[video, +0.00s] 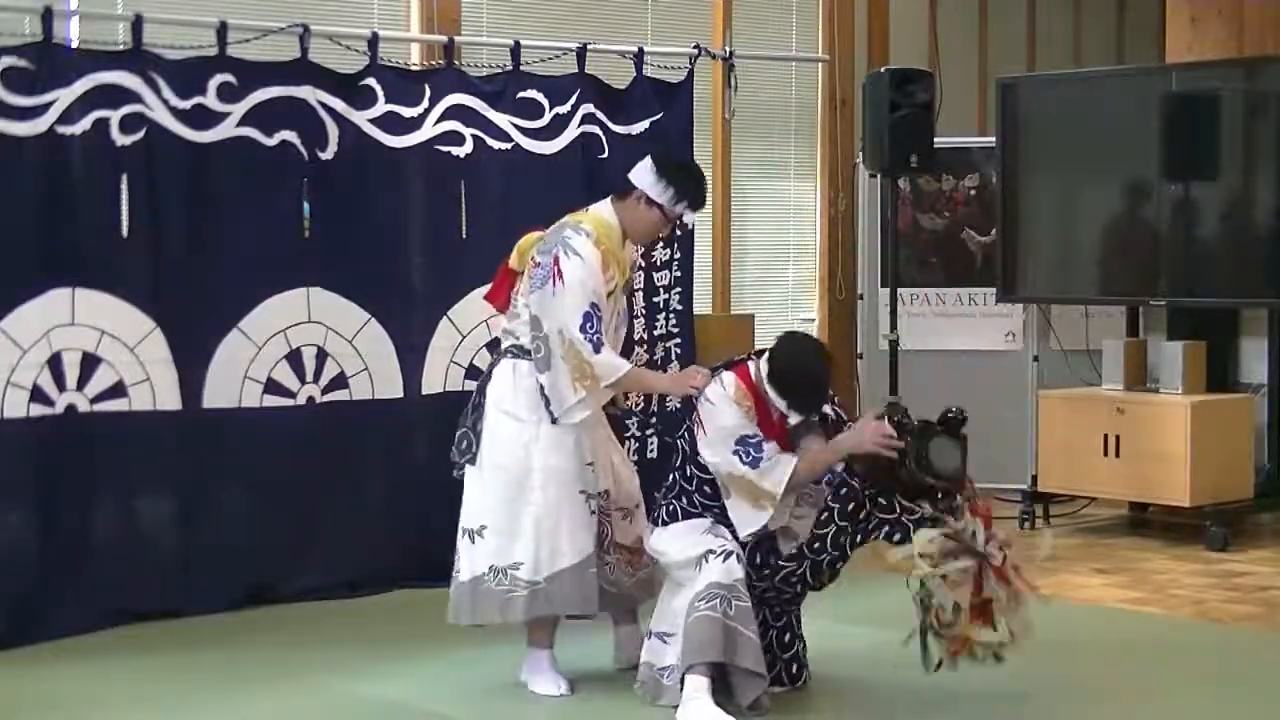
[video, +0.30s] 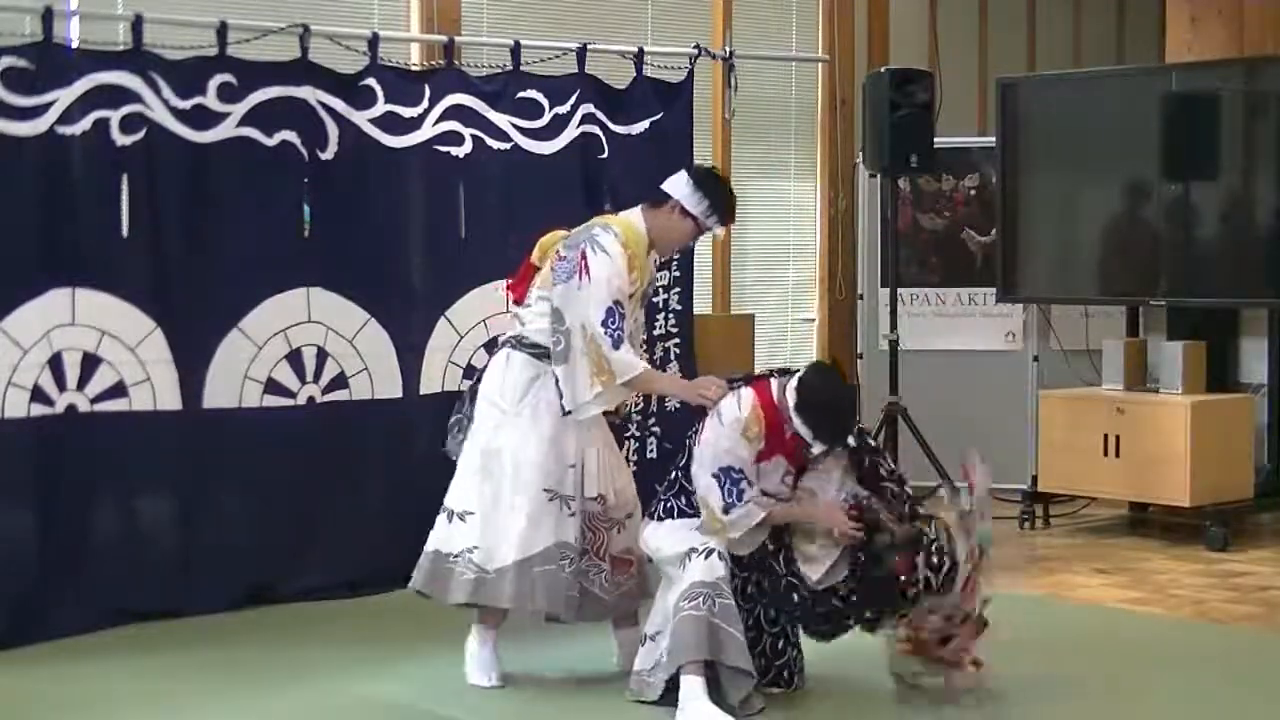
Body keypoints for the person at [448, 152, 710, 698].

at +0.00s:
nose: (666, 235)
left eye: (673, 226)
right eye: (668, 222)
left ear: (642, 202)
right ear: (642, 200)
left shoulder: (614, 249)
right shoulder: (577, 246)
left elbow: (598, 348)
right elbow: (583, 353)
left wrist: (625, 391)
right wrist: (663, 382)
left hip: (574, 404)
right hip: (533, 403)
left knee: (618, 507)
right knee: (551, 519)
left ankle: (630, 640)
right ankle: (539, 658)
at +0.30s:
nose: (691, 246)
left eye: (699, 238)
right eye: (695, 233)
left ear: (676, 211)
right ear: (675, 209)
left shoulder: (635, 256)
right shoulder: (604, 249)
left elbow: (622, 345)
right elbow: (615, 353)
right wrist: (683, 389)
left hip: (570, 390)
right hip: (527, 384)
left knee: (615, 506)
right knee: (520, 509)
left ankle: (631, 646)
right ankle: (483, 640)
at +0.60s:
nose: (686, 254)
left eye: (693, 245)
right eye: (689, 241)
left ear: (663, 222)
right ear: (664, 219)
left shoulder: (617, 263)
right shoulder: (598, 261)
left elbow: (589, 357)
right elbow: (616, 360)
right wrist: (698, 382)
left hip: (556, 400)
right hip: (511, 391)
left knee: (613, 508)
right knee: (497, 514)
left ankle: (629, 648)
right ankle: (479, 649)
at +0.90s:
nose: (682, 254)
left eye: (689, 245)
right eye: (685, 240)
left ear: (658, 222)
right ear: (660, 219)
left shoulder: (613, 263)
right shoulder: (595, 257)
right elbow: (607, 352)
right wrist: (695, 377)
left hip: (553, 398)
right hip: (512, 390)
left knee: (612, 510)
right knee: (506, 514)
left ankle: (631, 648)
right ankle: (479, 651)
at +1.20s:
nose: (675, 260)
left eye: (681, 252)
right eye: (678, 246)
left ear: (653, 227)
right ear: (654, 224)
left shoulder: (596, 256)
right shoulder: (601, 256)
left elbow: (583, 351)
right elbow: (627, 339)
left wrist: (600, 415)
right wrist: (682, 383)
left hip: (546, 396)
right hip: (516, 391)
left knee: (612, 507)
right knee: (510, 518)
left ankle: (632, 642)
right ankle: (479, 650)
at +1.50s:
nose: (659, 270)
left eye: (665, 262)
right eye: (661, 256)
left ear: (635, 235)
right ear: (639, 234)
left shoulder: (576, 261)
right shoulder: (598, 272)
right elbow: (631, 345)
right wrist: (672, 385)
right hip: (509, 395)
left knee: (609, 509)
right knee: (498, 522)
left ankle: (630, 642)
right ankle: (480, 650)